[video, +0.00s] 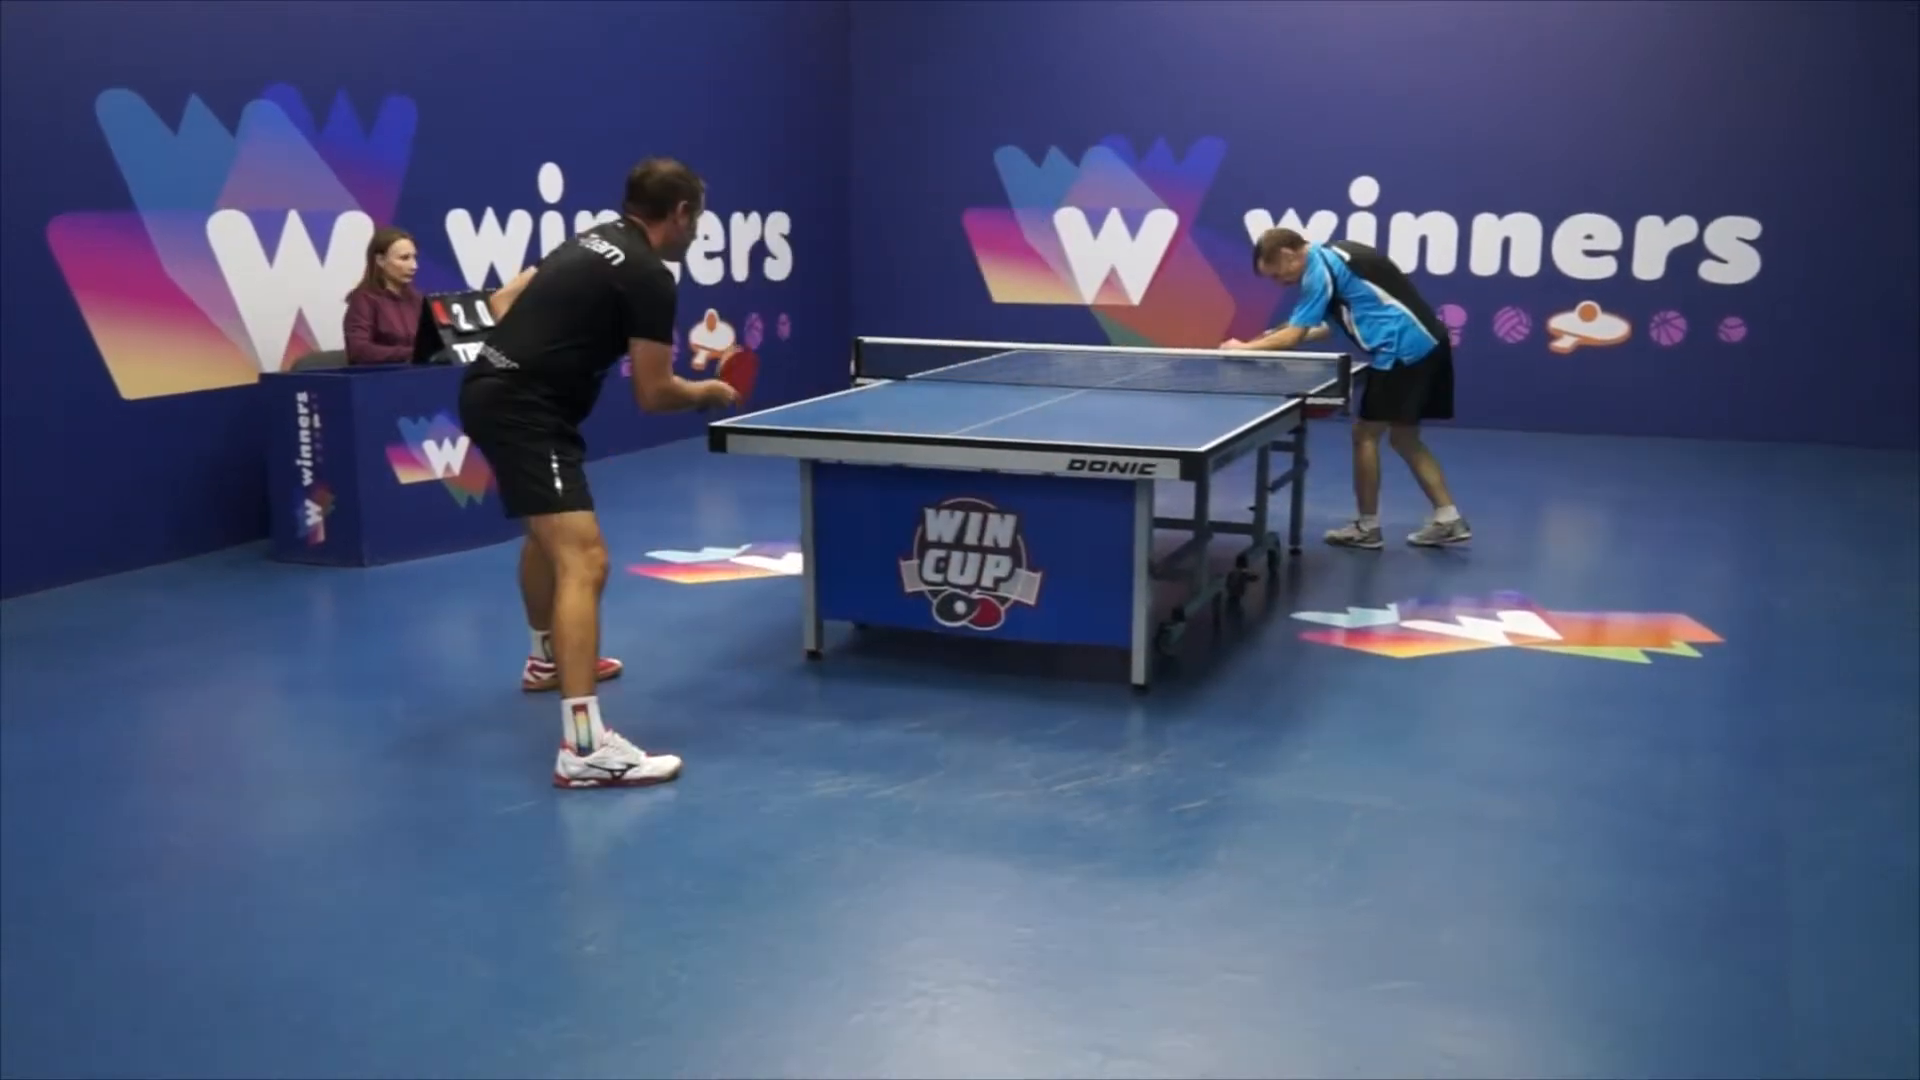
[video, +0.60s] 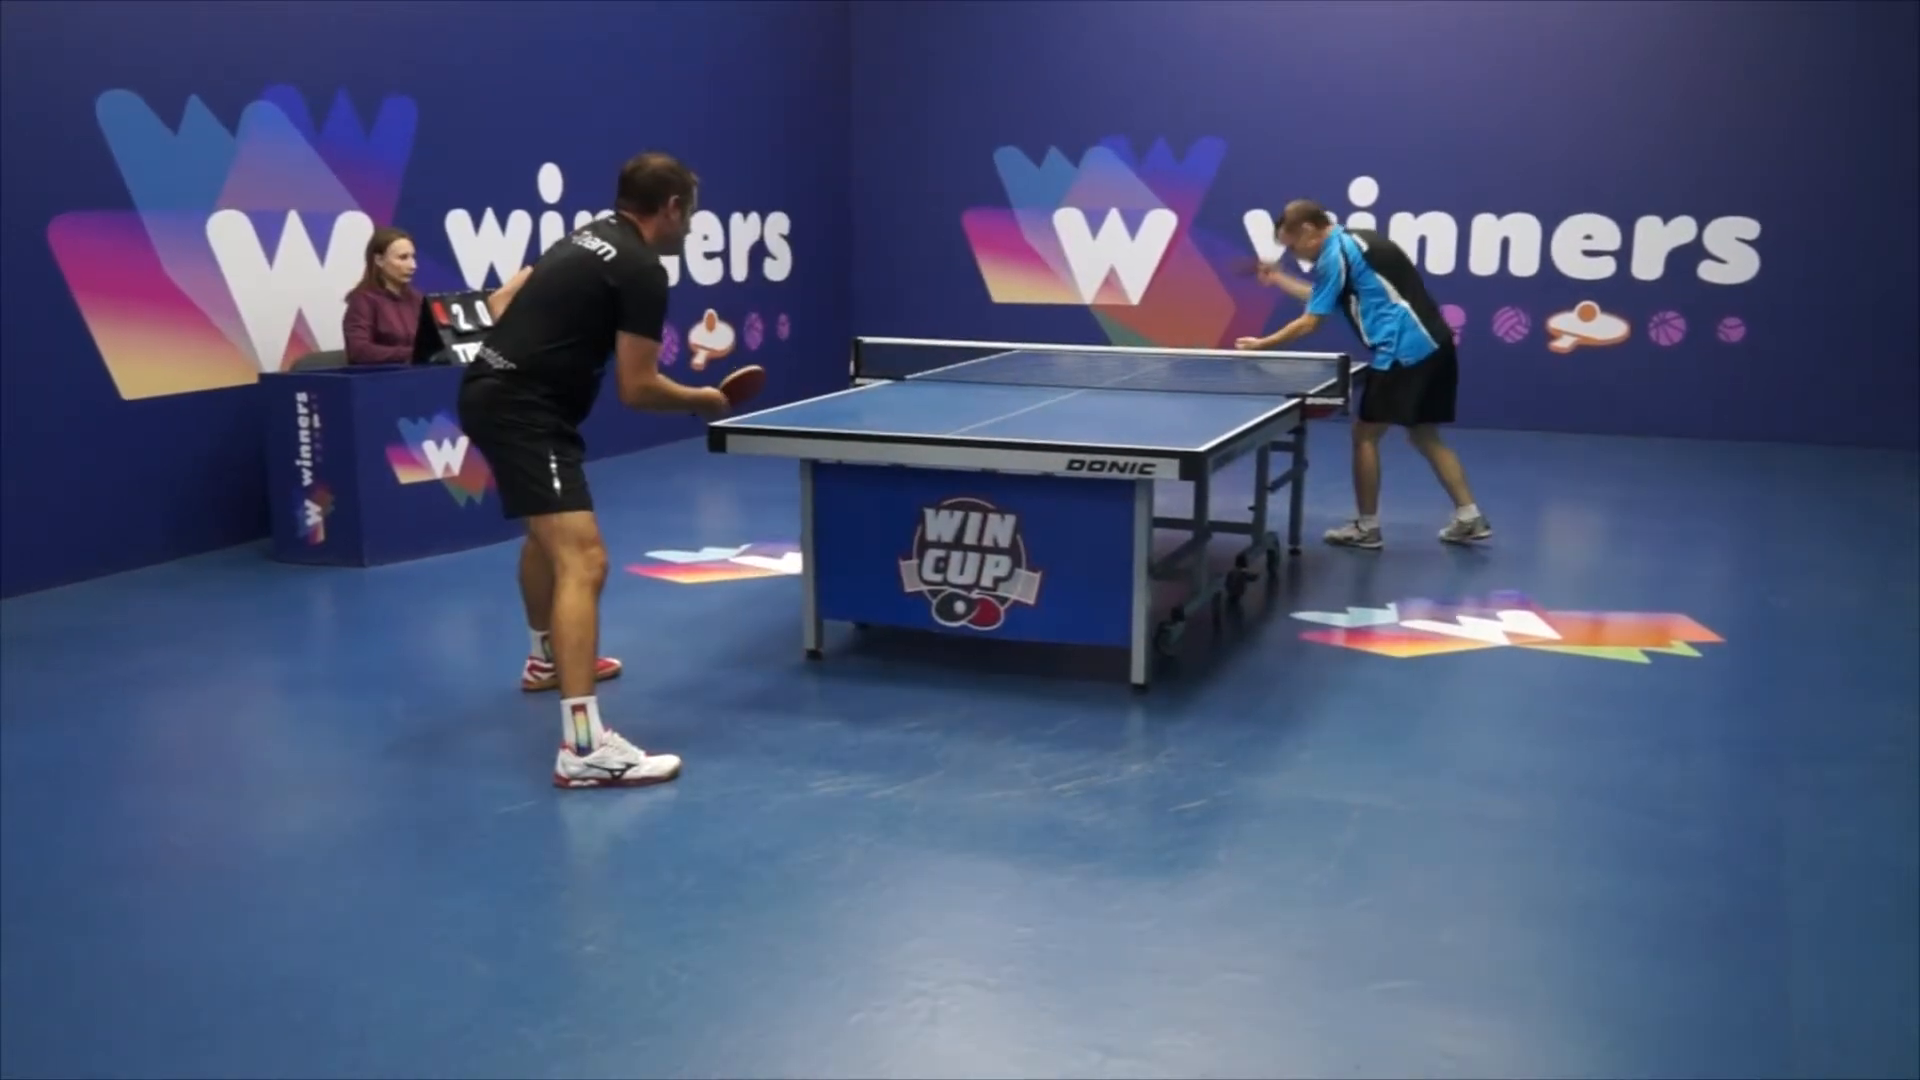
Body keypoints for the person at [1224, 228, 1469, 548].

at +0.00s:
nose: (1282, 281)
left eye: (1277, 274)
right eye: (1275, 277)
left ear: (1289, 253)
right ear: (1292, 251)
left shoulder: (1320, 265)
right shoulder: (1339, 255)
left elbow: (1293, 334)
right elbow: (1325, 327)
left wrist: (1245, 347)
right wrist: (1275, 336)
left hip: (1400, 350)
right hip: (1426, 345)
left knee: (1365, 436)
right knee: (1404, 437)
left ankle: (1367, 526)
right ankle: (1449, 518)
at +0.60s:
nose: (1293, 253)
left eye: (1292, 245)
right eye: (1289, 247)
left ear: (1311, 230)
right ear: (1317, 228)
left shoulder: (1335, 253)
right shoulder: (1359, 240)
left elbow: (1310, 321)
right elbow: (1323, 297)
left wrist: (1261, 343)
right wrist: (1280, 279)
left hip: (1399, 352)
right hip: (1432, 347)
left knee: (1365, 434)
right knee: (1424, 434)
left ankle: (1367, 526)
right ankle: (1470, 516)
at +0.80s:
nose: (1314, 227)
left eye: (1317, 219)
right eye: (1312, 220)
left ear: (1338, 211)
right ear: (1344, 210)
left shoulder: (1353, 242)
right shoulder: (1384, 228)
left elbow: (1316, 305)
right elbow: (1325, 267)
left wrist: (1270, 336)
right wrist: (1304, 223)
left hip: (1403, 353)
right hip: (1442, 348)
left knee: (1366, 434)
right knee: (1444, 433)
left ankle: (1367, 525)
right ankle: (1486, 518)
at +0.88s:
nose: (1323, 216)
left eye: (1327, 208)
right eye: (1321, 209)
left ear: (1348, 205)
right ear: (1359, 202)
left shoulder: (1360, 238)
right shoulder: (1399, 224)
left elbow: (1315, 290)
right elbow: (1332, 260)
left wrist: (1270, 314)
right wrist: (1323, 204)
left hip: (1403, 358)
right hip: (1445, 351)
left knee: (1366, 435)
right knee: (1451, 435)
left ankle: (1367, 525)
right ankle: (1486, 521)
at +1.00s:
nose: (1346, 197)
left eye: (1350, 191)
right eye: (1345, 190)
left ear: (1370, 195)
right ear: (1383, 195)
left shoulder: (1375, 229)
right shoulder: (1417, 222)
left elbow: (1320, 253)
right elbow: (1353, 239)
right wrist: (1351, 182)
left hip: (1403, 357)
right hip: (1446, 352)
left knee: (1366, 436)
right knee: (1457, 439)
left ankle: (1367, 525)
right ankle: (1488, 525)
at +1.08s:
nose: (1360, 182)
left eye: (1367, 176)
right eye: (1362, 175)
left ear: (1386, 185)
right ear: (1398, 185)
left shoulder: (1382, 221)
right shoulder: (1432, 219)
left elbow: (1316, 219)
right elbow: (1397, 194)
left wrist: (1276, 192)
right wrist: (1378, 161)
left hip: (1403, 355)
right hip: (1450, 352)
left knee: (1367, 436)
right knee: (1460, 439)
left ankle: (1366, 525)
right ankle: (1489, 525)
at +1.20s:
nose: (1378, 179)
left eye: (1385, 173)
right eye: (1381, 172)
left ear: (1409, 181)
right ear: (1419, 184)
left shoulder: (1398, 215)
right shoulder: (1448, 219)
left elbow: (1333, 204)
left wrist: (1291, 177)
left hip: (1409, 352)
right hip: (1453, 351)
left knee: (1370, 435)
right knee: (1463, 438)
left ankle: (1366, 526)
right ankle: (1489, 526)